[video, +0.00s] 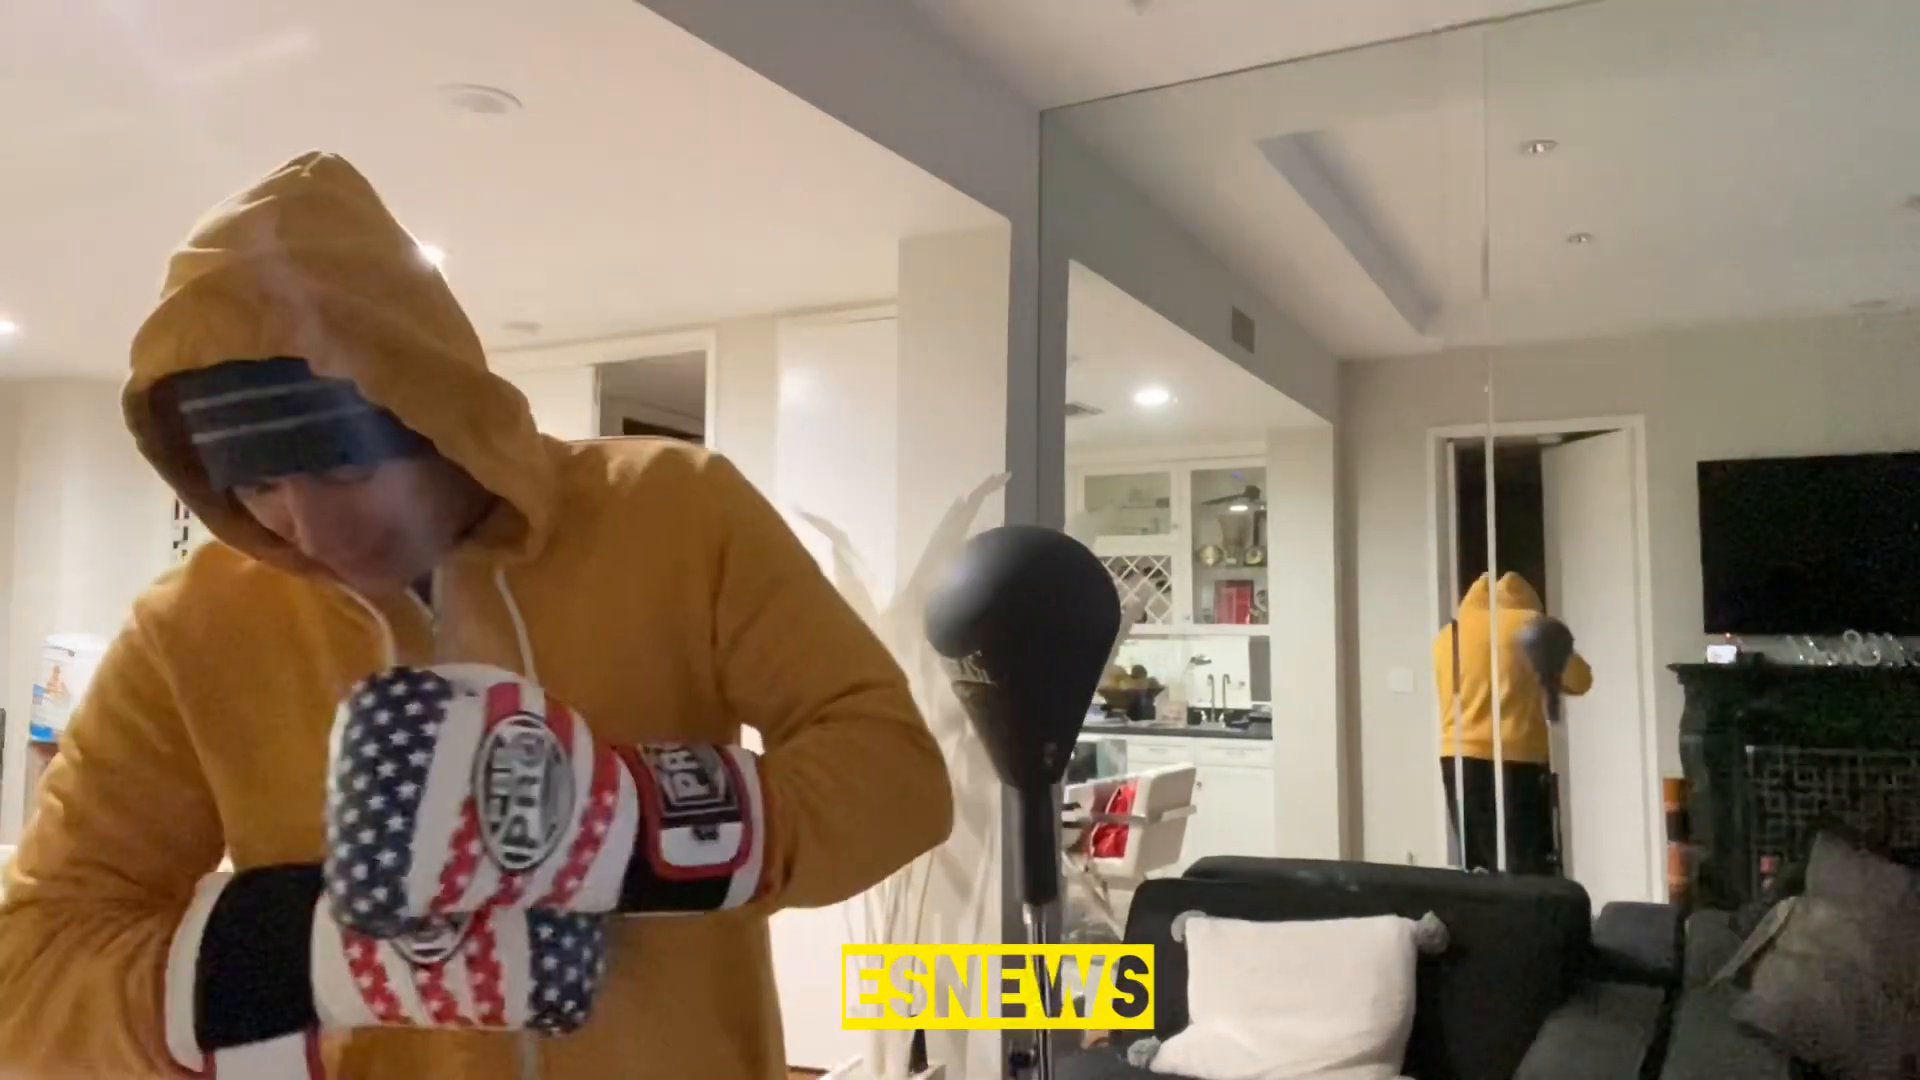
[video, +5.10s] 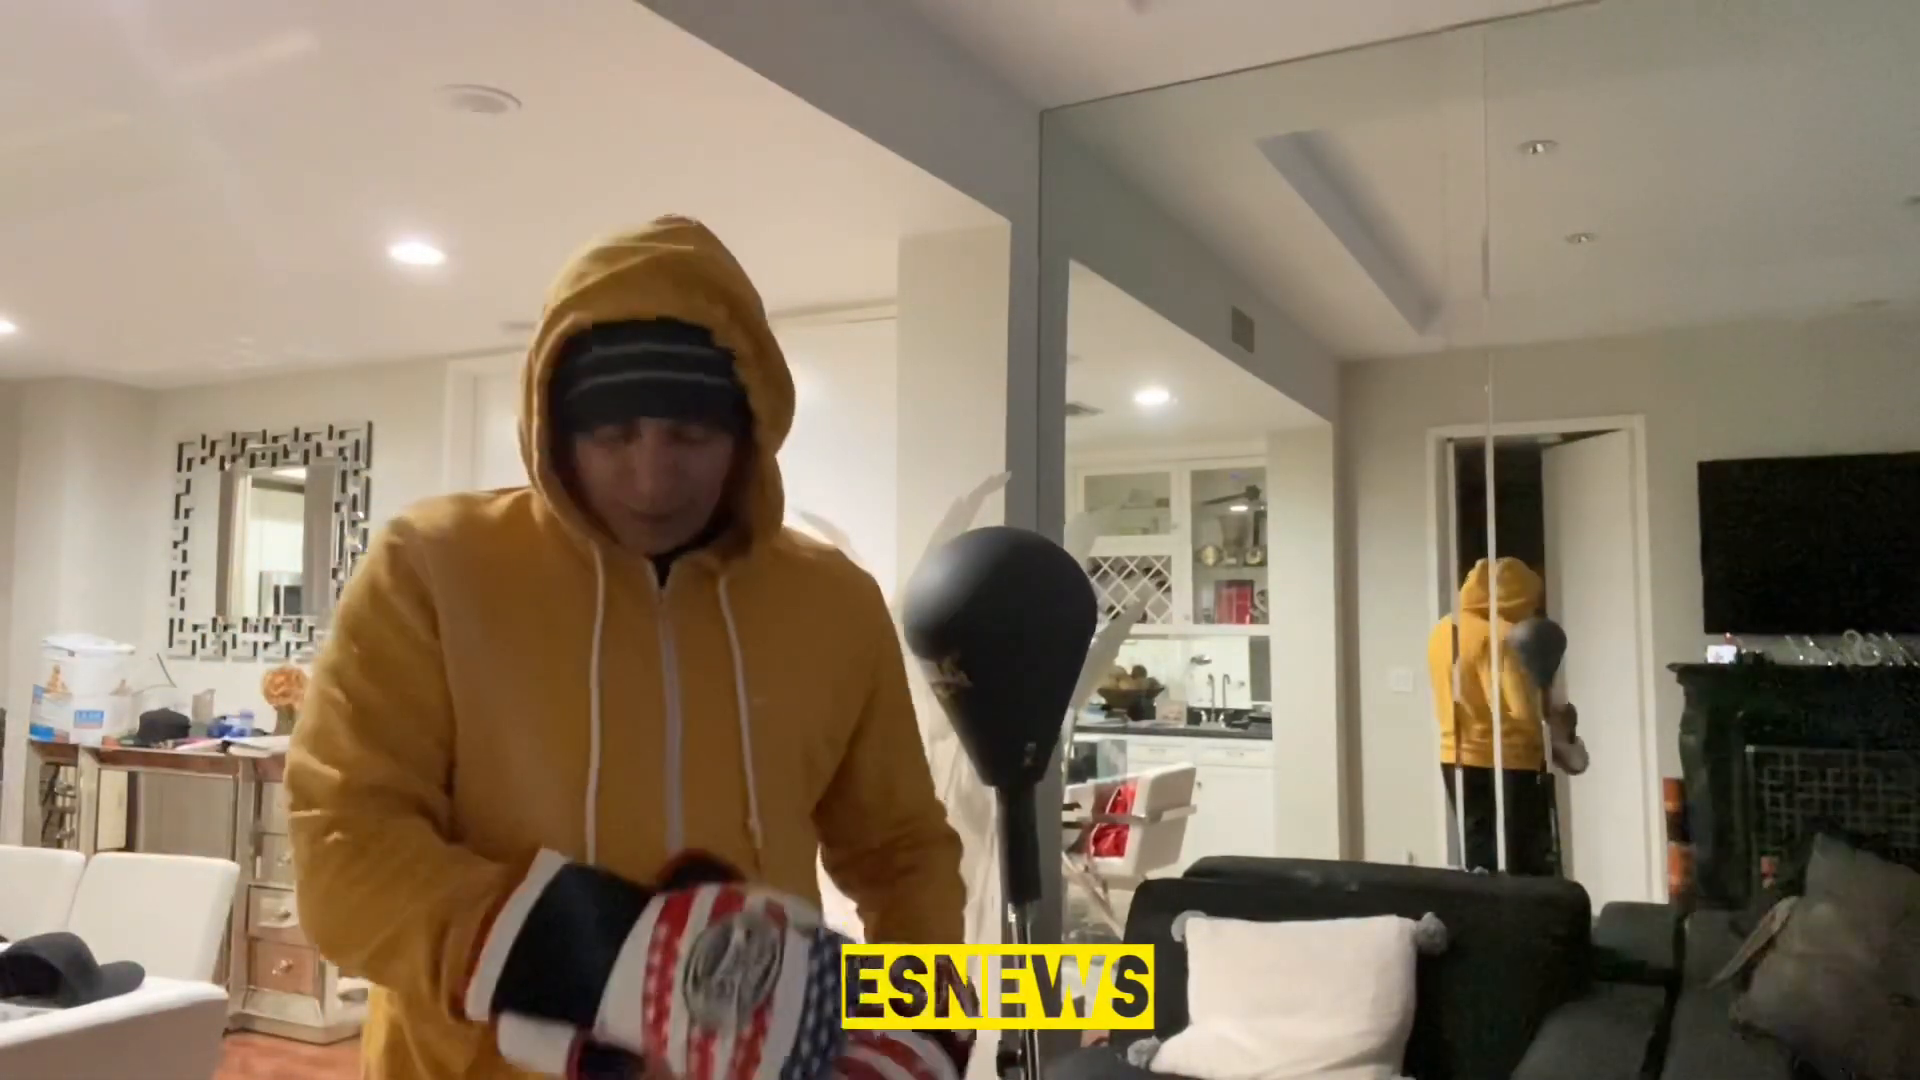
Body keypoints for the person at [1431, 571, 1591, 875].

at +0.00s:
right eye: (1532, 603)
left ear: (1475, 596)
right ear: (1525, 598)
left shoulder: (1448, 635)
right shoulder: (1532, 625)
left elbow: (1447, 690)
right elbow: (1578, 680)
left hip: (1461, 759)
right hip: (1522, 760)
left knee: (1475, 855)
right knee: (1528, 857)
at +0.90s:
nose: (1529, 612)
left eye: (1530, 604)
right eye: (1527, 604)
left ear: (1472, 590)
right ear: (1514, 598)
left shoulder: (1438, 630)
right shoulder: (1502, 634)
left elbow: (1445, 698)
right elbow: (1535, 703)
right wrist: (1561, 697)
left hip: (1448, 765)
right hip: (1504, 767)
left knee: (1477, 865)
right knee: (1525, 868)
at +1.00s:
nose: (1525, 617)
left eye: (1528, 608)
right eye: (1524, 607)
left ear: (1476, 591)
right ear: (1508, 601)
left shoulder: (1438, 628)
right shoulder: (1487, 633)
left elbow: (1448, 699)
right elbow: (1500, 700)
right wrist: (1543, 717)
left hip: (1448, 765)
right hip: (1491, 766)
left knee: (1478, 865)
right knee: (1520, 866)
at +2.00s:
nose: (1527, 617)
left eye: (1530, 609)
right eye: (1527, 608)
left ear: (1479, 591)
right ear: (1512, 601)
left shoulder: (1442, 629)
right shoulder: (1491, 629)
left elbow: (1450, 699)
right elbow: (1524, 695)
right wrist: (1544, 700)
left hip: (1449, 764)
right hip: (1495, 765)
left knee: (1473, 861)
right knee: (1521, 863)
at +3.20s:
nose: (1544, 610)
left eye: (1544, 603)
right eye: (1542, 602)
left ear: (1488, 589)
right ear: (1533, 598)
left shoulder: (1453, 633)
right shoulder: (1528, 632)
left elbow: (1452, 698)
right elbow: (1556, 695)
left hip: (1464, 765)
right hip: (1517, 767)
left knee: (1478, 857)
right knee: (1526, 859)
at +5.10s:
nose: (1534, 607)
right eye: (1531, 600)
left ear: (1472, 590)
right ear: (1521, 596)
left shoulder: (1443, 633)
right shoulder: (1529, 637)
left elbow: (1448, 700)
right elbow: (1555, 706)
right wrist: (1565, 744)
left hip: (1460, 763)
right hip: (1519, 765)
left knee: (1477, 851)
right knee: (1529, 854)